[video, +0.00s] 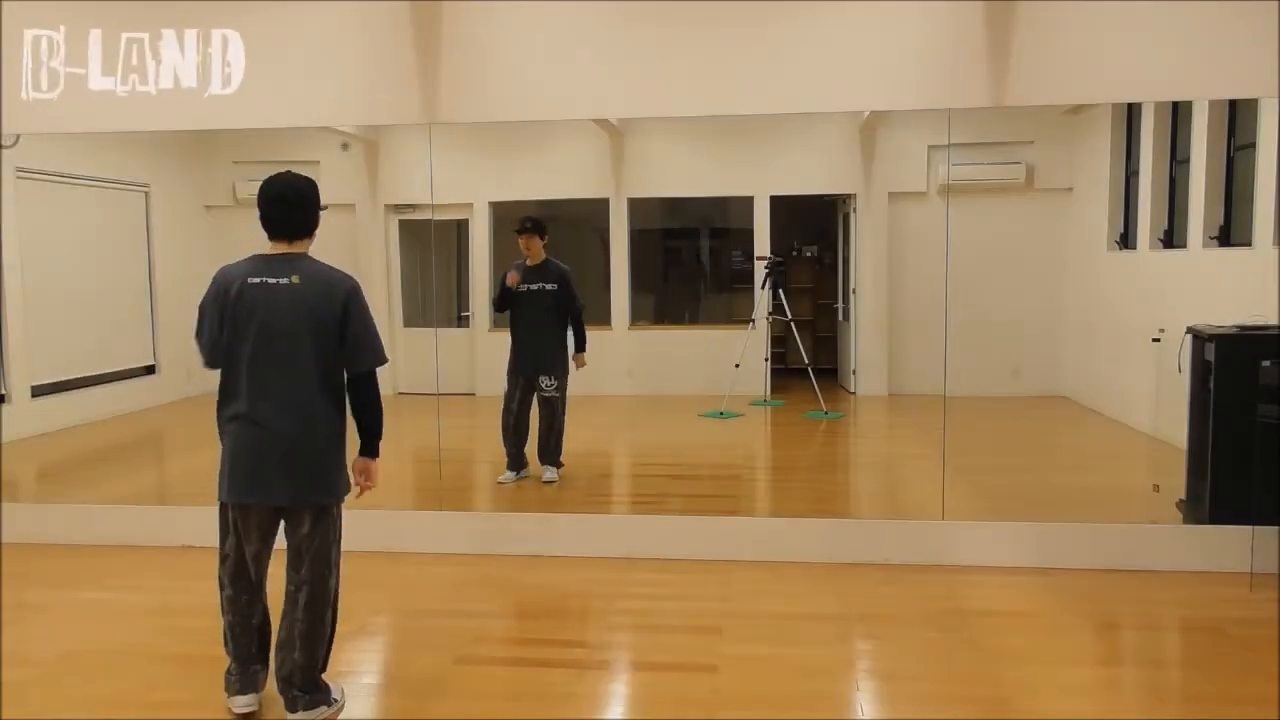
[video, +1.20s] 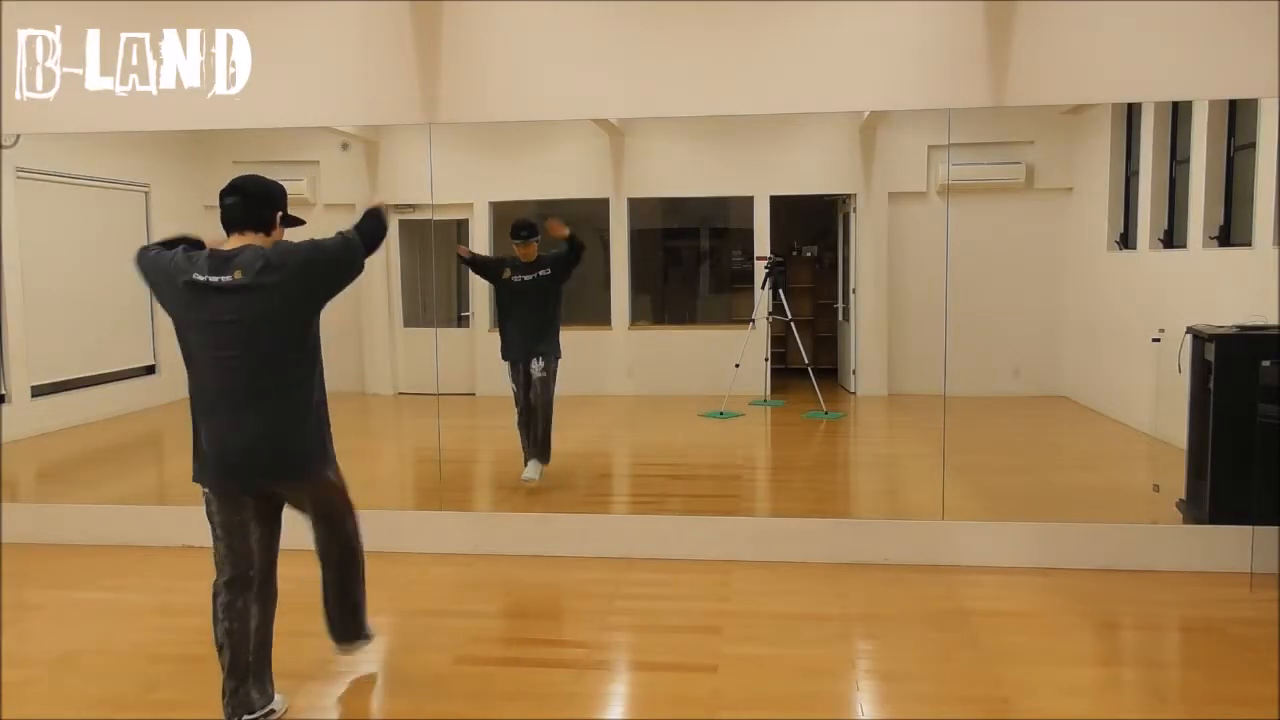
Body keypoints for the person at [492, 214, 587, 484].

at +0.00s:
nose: (525, 244)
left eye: (530, 239)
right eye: (522, 239)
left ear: (543, 240)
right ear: (518, 242)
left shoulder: (560, 273)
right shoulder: (513, 273)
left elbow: (575, 312)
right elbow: (500, 308)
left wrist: (579, 349)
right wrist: (507, 287)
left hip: (552, 354)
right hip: (521, 353)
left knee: (551, 410)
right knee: (513, 410)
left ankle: (550, 463)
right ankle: (516, 464)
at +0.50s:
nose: (532, 245)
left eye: (537, 240)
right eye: (529, 240)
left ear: (549, 240)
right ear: (525, 242)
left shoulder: (566, 273)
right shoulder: (517, 272)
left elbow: (576, 312)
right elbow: (505, 305)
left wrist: (571, 339)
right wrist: (519, 326)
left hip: (554, 353)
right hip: (523, 352)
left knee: (553, 410)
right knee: (524, 411)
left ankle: (550, 463)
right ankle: (529, 461)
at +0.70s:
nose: (528, 244)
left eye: (533, 239)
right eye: (524, 239)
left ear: (544, 240)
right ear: (520, 241)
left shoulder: (560, 272)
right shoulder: (513, 274)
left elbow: (571, 312)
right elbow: (502, 312)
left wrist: (566, 347)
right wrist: (489, 344)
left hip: (551, 353)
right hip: (521, 353)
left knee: (552, 411)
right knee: (525, 412)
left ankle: (550, 463)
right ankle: (531, 462)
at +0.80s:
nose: (526, 246)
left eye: (531, 240)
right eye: (522, 241)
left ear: (542, 241)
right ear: (516, 242)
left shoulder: (558, 270)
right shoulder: (508, 275)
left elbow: (578, 300)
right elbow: (486, 304)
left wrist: (571, 332)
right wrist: (462, 330)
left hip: (550, 351)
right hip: (519, 352)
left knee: (548, 406)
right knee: (524, 410)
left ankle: (550, 460)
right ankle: (531, 461)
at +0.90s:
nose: (524, 247)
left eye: (529, 242)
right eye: (519, 242)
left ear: (540, 242)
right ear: (514, 243)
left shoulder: (556, 269)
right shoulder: (507, 273)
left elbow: (575, 292)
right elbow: (487, 294)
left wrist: (572, 298)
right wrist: (471, 304)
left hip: (548, 343)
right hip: (519, 346)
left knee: (541, 386)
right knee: (521, 403)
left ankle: (546, 426)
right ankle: (530, 462)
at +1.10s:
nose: (522, 249)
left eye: (527, 244)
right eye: (518, 244)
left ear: (537, 243)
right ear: (513, 245)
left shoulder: (555, 269)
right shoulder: (505, 271)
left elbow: (586, 270)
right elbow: (470, 279)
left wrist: (556, 268)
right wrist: (490, 278)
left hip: (547, 338)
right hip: (516, 342)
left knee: (538, 375)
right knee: (522, 401)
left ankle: (539, 418)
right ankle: (530, 461)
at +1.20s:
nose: (523, 251)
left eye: (528, 245)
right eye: (518, 245)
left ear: (537, 242)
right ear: (512, 245)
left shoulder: (553, 265)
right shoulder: (503, 267)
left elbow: (576, 253)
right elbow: (483, 265)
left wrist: (568, 236)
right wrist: (469, 256)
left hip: (543, 343)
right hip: (515, 345)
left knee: (540, 400)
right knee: (523, 404)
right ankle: (530, 458)